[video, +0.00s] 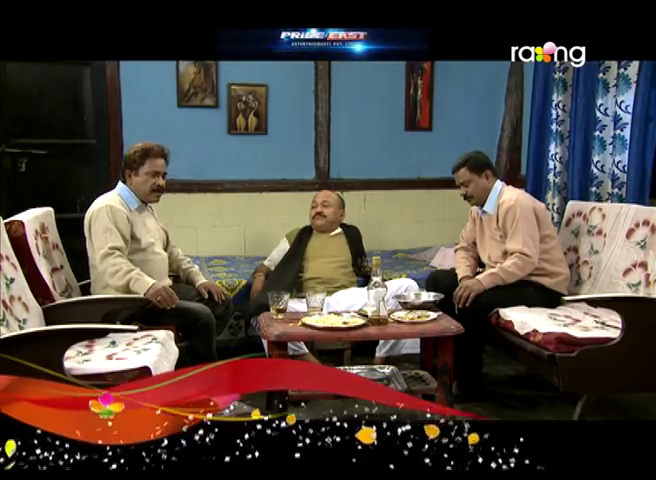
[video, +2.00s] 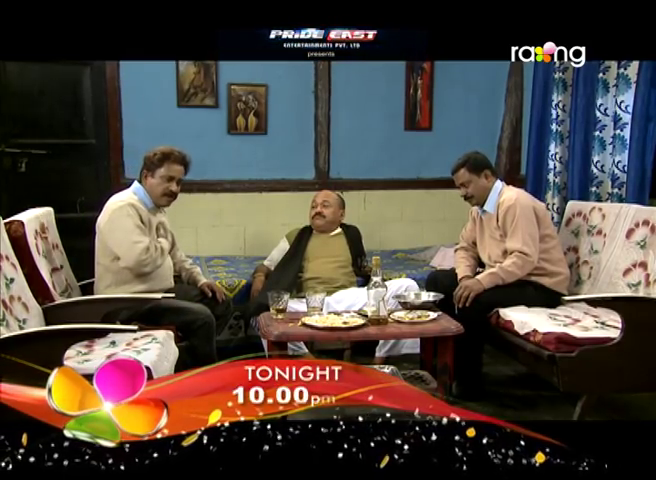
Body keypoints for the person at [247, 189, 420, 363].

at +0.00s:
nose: (318, 210)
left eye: (326, 206)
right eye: (314, 206)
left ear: (341, 213)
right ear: (309, 211)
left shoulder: (351, 233)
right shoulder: (297, 236)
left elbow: (362, 268)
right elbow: (266, 267)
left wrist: (379, 282)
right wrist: (259, 280)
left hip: (350, 297)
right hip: (309, 300)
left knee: (406, 286)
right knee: (268, 315)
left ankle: (381, 362)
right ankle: (311, 364)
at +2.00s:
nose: (317, 210)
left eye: (325, 206)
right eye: (314, 206)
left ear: (341, 213)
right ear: (309, 211)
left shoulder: (351, 233)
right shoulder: (297, 236)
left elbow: (362, 268)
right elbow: (266, 267)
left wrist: (378, 281)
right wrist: (258, 288)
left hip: (351, 297)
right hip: (311, 300)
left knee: (407, 286)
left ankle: (381, 362)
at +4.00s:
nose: (317, 210)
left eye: (325, 206)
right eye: (314, 206)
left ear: (340, 213)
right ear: (309, 211)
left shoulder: (351, 233)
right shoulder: (297, 236)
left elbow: (361, 269)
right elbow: (264, 269)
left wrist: (378, 280)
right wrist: (256, 301)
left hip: (350, 298)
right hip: (309, 300)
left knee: (406, 285)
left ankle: (382, 363)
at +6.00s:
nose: (331, 214)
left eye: (335, 208)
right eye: (323, 209)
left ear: (341, 211)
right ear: (309, 214)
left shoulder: (351, 233)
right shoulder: (297, 237)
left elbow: (361, 269)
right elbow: (265, 268)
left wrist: (377, 280)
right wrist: (255, 301)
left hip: (351, 297)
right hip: (311, 299)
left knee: (406, 285)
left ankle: (383, 363)